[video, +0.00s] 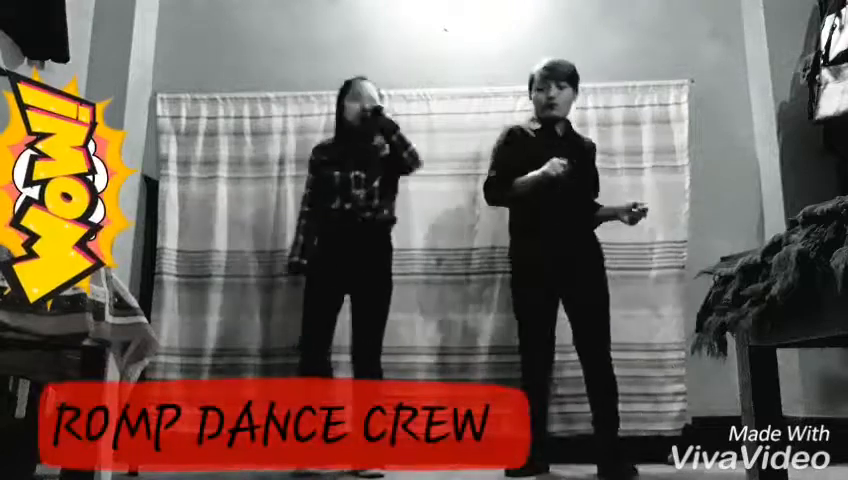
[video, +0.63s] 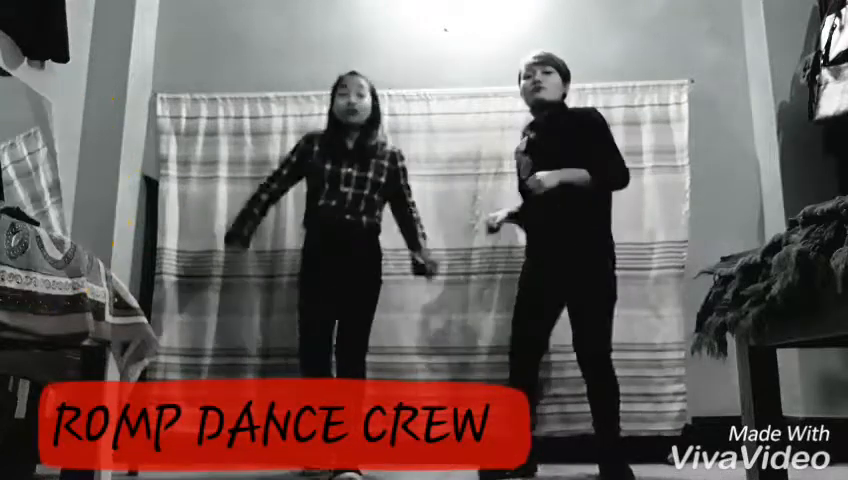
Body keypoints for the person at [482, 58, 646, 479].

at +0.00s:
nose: (549, 94)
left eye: (559, 87)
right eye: (541, 88)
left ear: (574, 95)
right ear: (530, 96)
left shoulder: (582, 148)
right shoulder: (515, 140)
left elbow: (584, 212)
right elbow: (493, 193)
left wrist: (619, 212)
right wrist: (539, 175)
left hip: (581, 263)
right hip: (532, 265)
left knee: (597, 359)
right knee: (536, 363)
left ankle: (610, 456)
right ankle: (533, 455)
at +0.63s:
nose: (535, 79)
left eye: (545, 73)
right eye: (528, 75)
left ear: (565, 85)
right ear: (521, 90)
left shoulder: (587, 121)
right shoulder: (527, 143)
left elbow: (617, 174)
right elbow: (536, 204)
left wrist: (560, 176)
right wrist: (507, 216)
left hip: (589, 260)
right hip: (542, 262)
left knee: (594, 358)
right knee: (523, 356)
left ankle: (611, 459)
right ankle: (519, 457)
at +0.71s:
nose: (537, 77)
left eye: (547, 70)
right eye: (529, 73)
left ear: (566, 83)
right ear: (521, 90)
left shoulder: (588, 119)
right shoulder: (519, 145)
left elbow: (600, 174)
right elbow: (510, 206)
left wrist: (545, 183)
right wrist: (498, 221)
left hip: (588, 253)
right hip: (539, 256)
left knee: (596, 357)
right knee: (518, 355)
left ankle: (611, 459)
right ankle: (504, 460)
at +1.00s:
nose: (530, 80)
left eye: (539, 75)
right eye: (519, 76)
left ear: (551, 90)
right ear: (506, 93)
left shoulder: (562, 148)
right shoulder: (500, 135)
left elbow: (591, 198)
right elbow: (525, 189)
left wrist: (634, 245)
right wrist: (576, 218)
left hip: (553, 262)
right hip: (505, 264)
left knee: (576, 356)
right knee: (509, 360)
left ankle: (595, 456)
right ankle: (500, 459)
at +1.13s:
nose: (550, 89)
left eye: (558, 84)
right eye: (540, 84)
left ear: (569, 99)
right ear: (524, 99)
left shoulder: (570, 154)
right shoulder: (522, 145)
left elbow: (591, 211)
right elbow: (544, 206)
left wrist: (628, 267)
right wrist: (584, 250)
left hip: (568, 270)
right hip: (527, 272)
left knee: (597, 355)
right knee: (522, 366)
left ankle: (600, 457)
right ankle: (502, 462)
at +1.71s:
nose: (520, 83)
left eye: (529, 78)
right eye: (511, 76)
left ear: (539, 91)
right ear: (494, 88)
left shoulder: (545, 149)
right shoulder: (478, 143)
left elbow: (573, 201)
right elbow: (440, 196)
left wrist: (614, 246)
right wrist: (432, 257)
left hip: (534, 274)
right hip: (489, 274)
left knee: (571, 352)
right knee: (501, 358)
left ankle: (587, 453)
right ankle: (476, 452)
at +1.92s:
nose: (558, 87)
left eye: (560, 81)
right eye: (549, 78)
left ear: (553, 91)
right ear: (521, 83)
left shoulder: (536, 130)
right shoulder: (515, 127)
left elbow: (542, 188)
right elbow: (546, 177)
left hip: (526, 260)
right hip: (506, 260)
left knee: (552, 357)